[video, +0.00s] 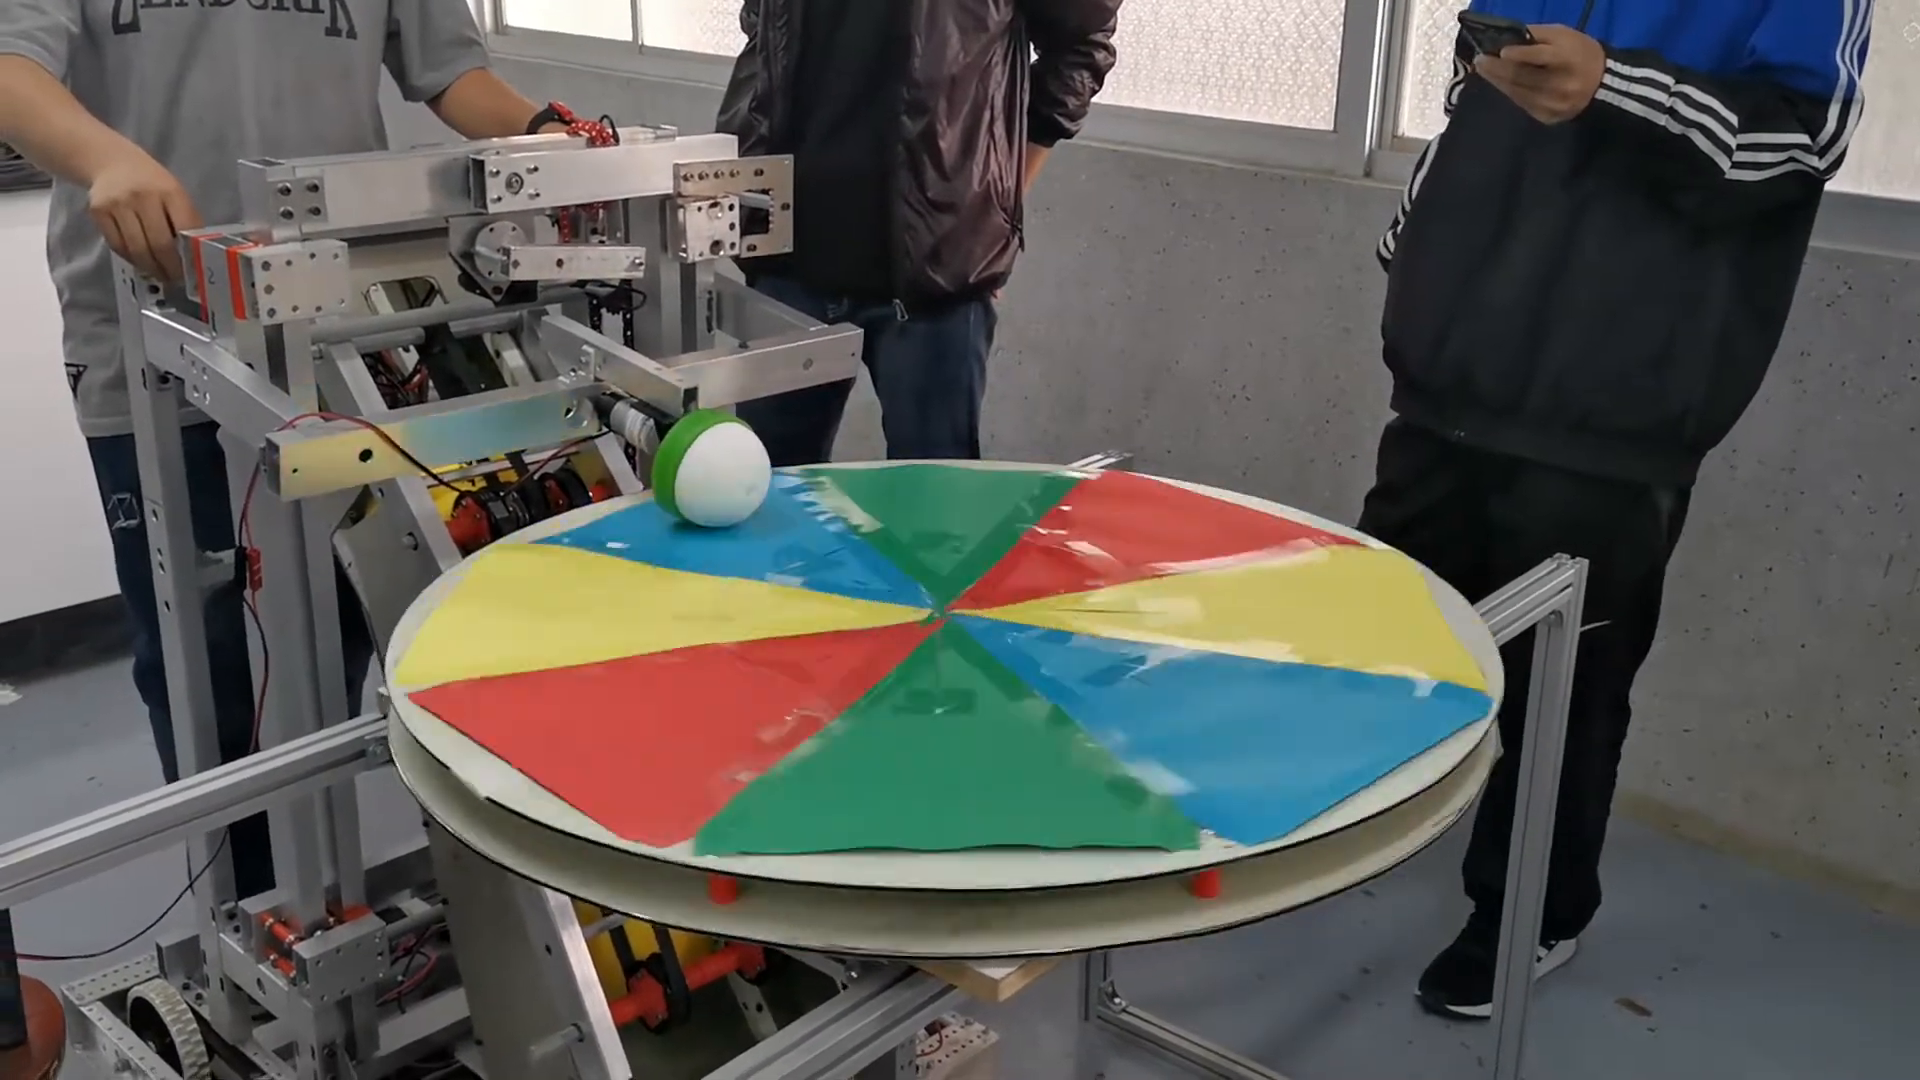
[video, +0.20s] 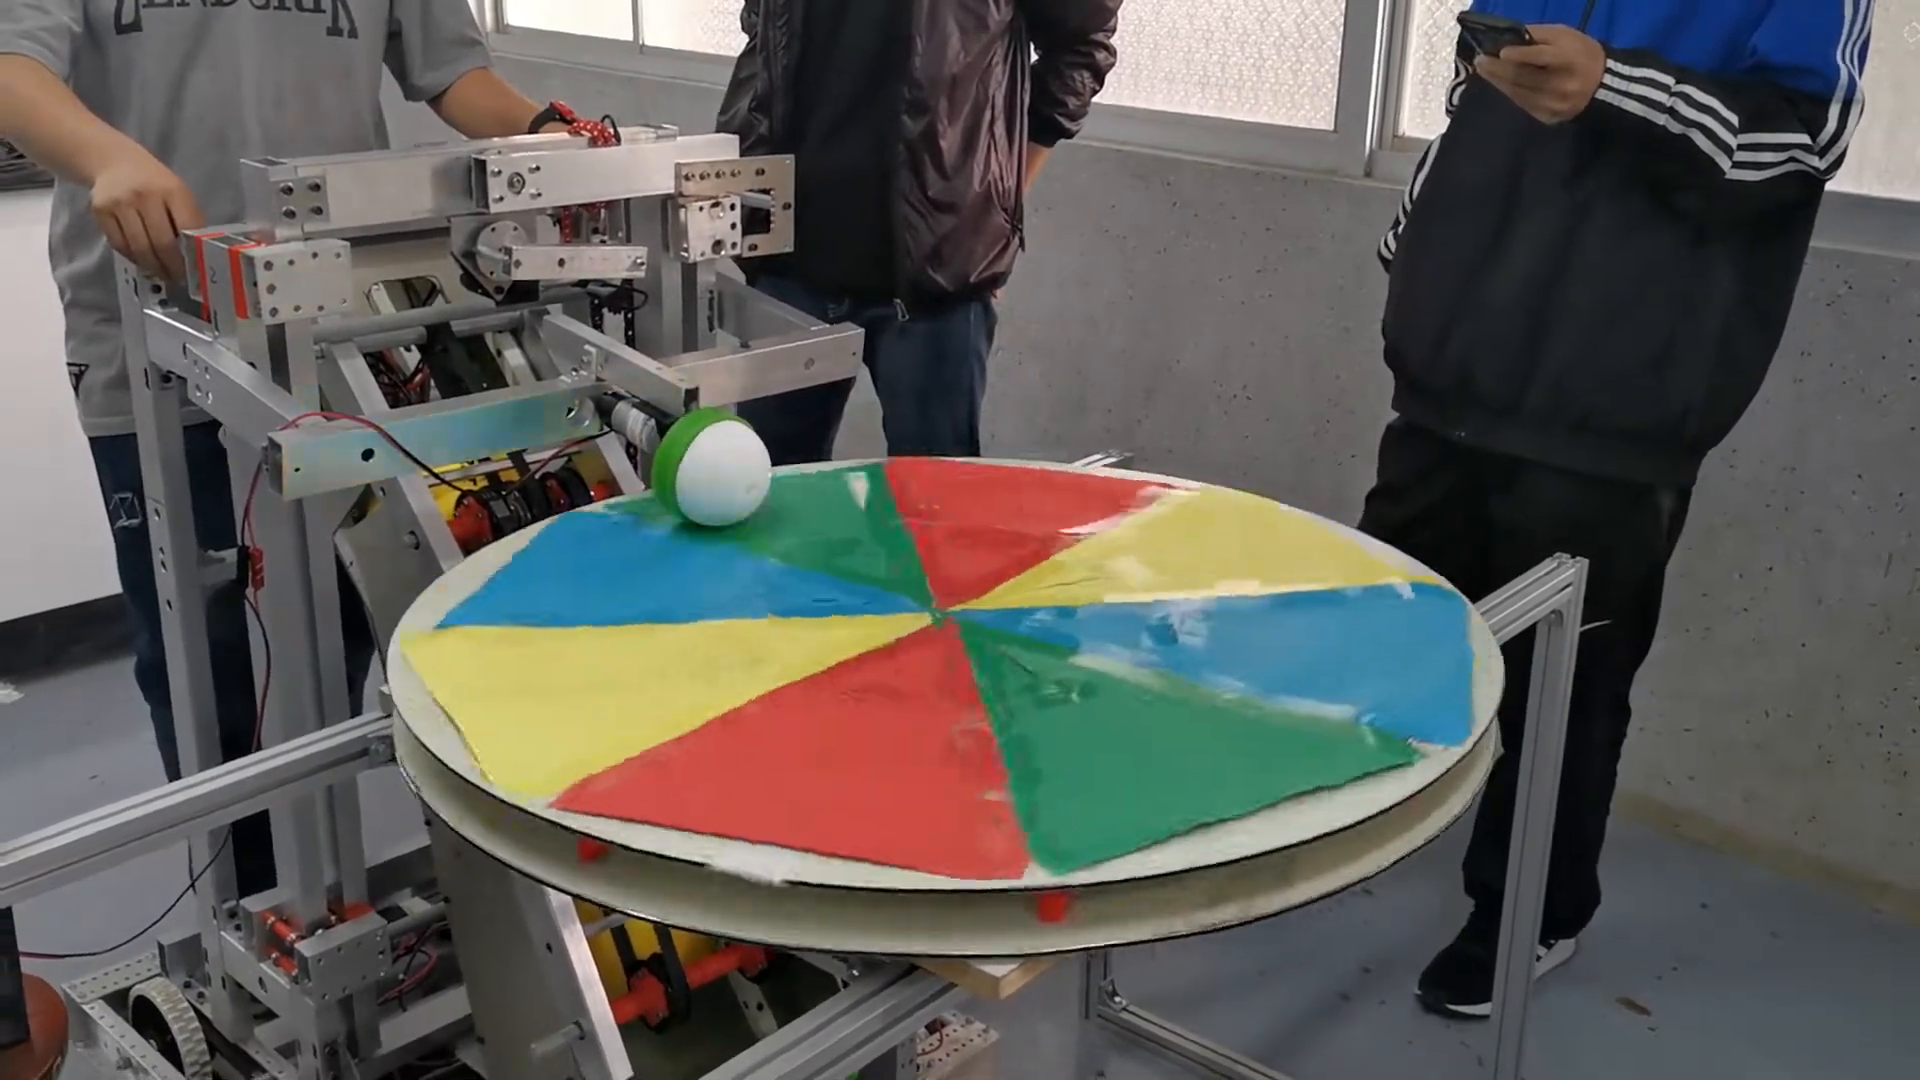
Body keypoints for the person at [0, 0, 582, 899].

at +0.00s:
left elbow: (446, 64)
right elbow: (12, 66)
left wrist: (544, 131)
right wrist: (104, 156)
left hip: (338, 346)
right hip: (152, 352)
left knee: (341, 635)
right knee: (198, 667)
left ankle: (332, 884)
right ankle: (248, 913)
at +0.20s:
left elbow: (448, 64)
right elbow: (15, 63)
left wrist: (546, 133)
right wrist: (105, 155)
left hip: (338, 343)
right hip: (154, 349)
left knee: (344, 626)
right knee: (199, 656)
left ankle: (336, 872)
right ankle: (248, 904)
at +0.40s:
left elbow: (448, 64)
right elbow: (16, 63)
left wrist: (546, 134)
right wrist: (106, 154)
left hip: (337, 342)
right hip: (154, 348)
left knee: (342, 628)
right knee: (200, 658)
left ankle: (334, 876)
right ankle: (249, 905)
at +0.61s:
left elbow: (449, 61)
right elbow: (15, 60)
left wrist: (551, 132)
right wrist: (108, 151)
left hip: (338, 340)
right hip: (155, 345)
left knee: (341, 627)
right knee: (200, 656)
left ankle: (330, 877)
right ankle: (248, 906)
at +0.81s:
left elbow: (447, 60)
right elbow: (15, 57)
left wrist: (548, 130)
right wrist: (110, 149)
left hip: (340, 337)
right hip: (156, 342)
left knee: (348, 619)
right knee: (200, 648)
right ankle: (248, 898)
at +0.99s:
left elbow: (450, 56)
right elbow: (16, 57)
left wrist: (553, 131)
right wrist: (111, 146)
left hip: (340, 336)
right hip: (158, 343)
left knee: (344, 622)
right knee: (202, 652)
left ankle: (336, 872)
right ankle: (251, 900)